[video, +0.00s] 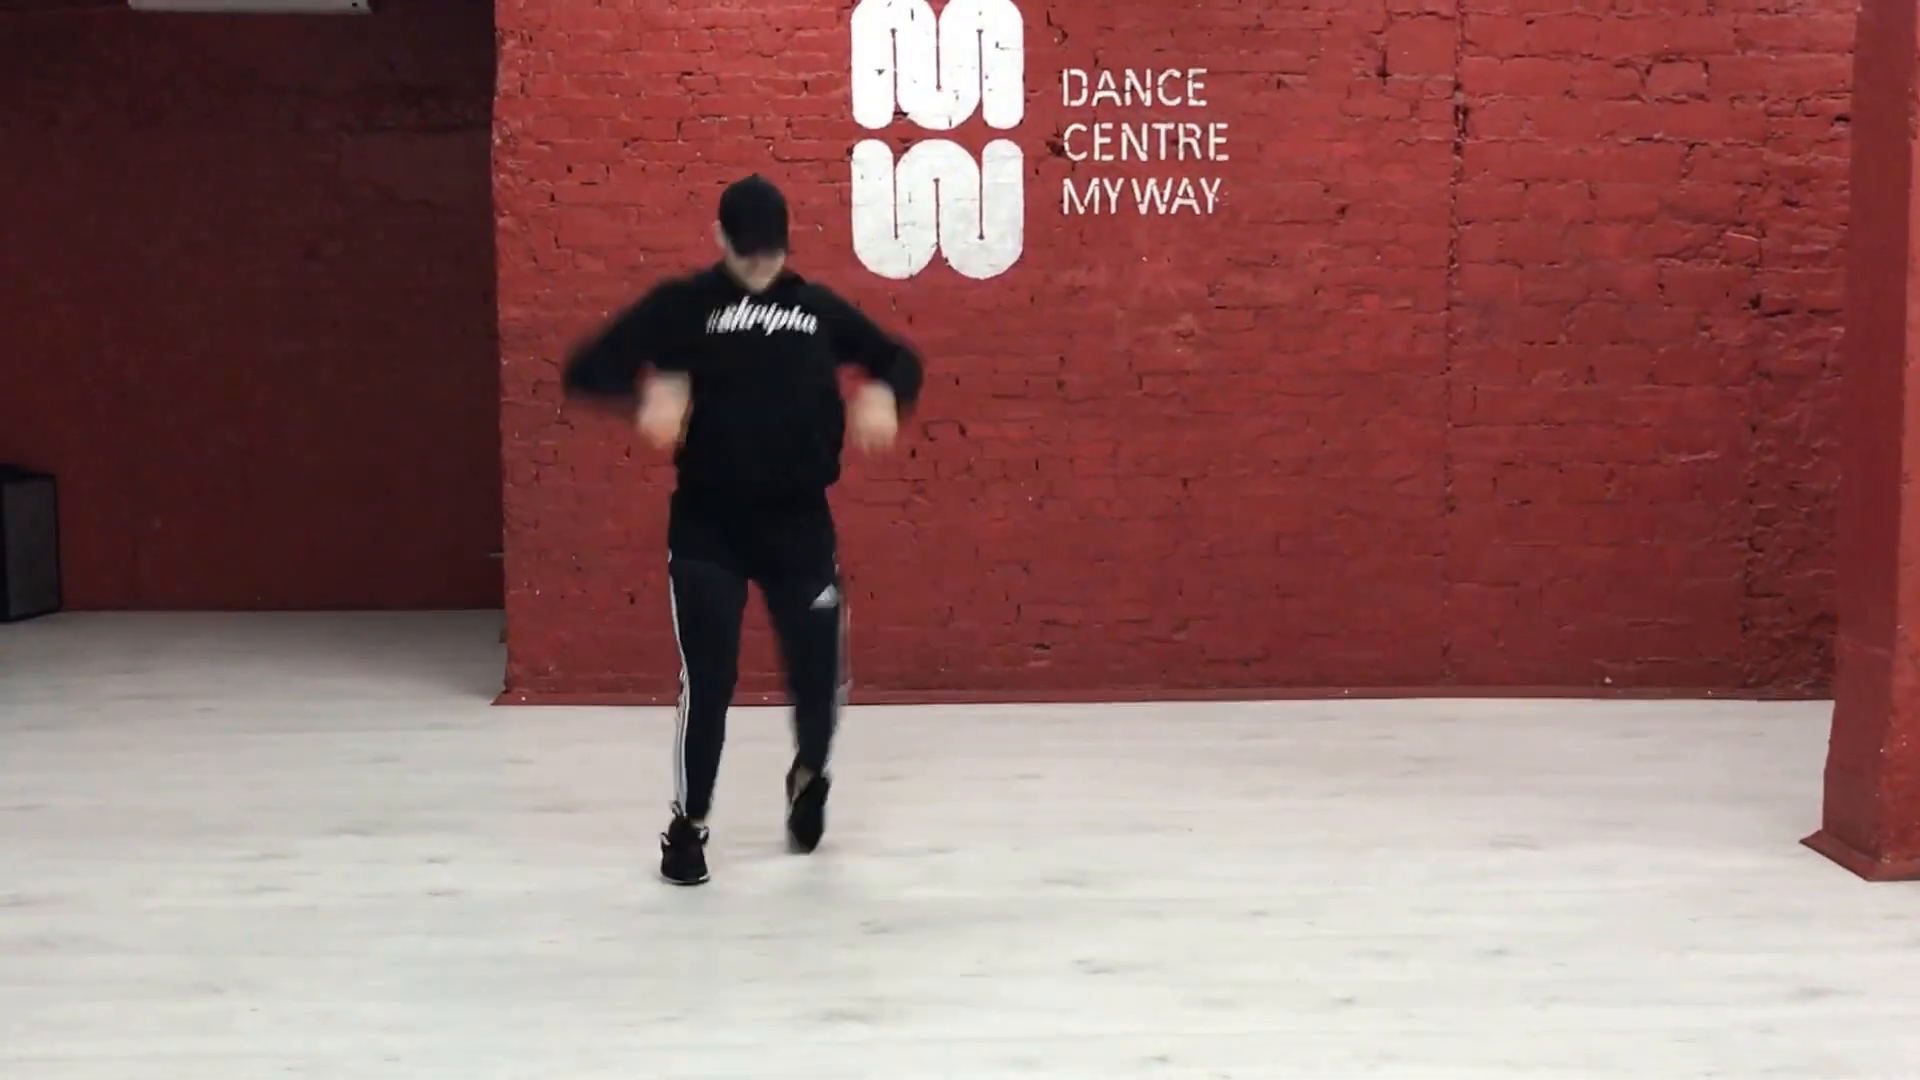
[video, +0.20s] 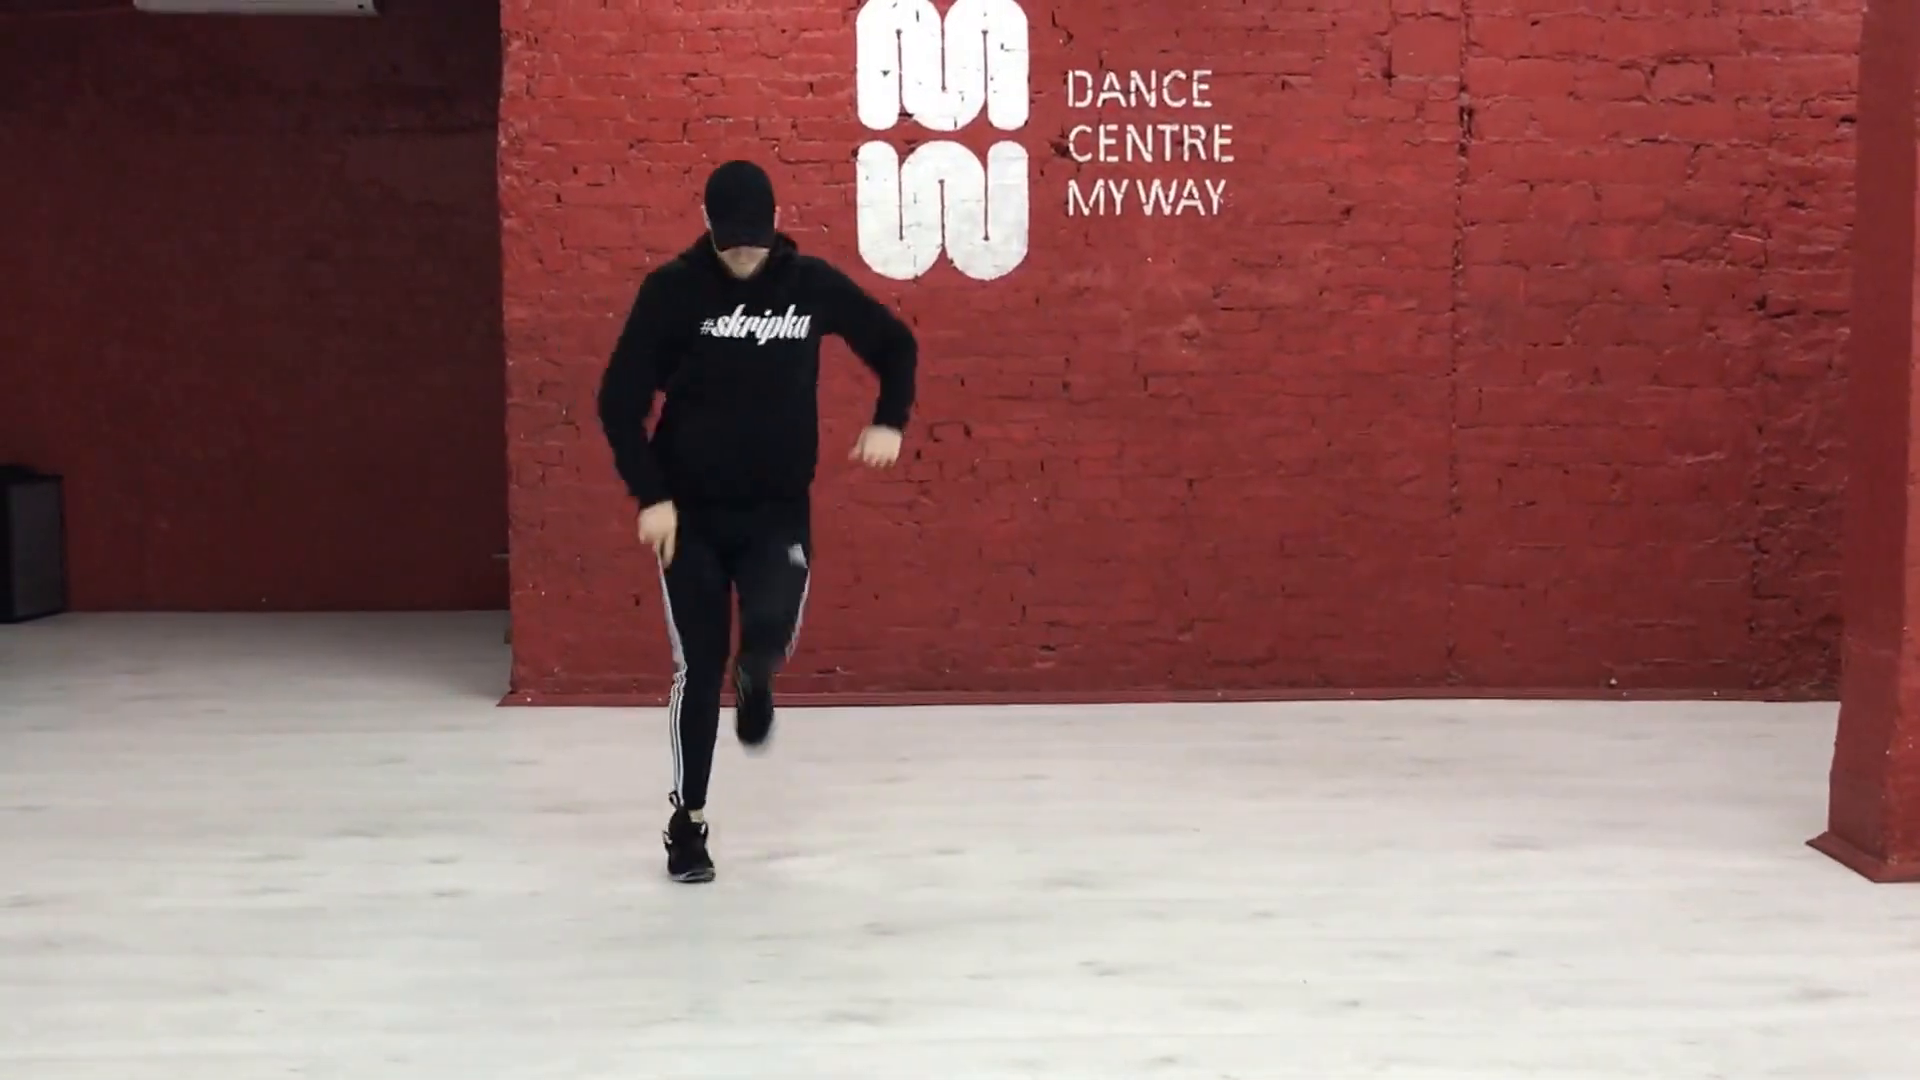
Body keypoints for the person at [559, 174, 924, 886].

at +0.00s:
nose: (759, 267)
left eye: (771, 254)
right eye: (746, 254)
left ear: (788, 246)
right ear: (722, 240)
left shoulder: (817, 307)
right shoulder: (682, 305)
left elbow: (901, 362)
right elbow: (587, 371)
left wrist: (886, 396)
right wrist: (643, 390)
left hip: (797, 520)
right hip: (708, 520)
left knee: (817, 673)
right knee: (708, 681)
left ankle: (810, 779)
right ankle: (688, 826)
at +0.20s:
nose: (742, 257)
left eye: (753, 244)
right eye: (729, 244)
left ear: (772, 229)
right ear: (708, 230)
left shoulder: (810, 283)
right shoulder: (672, 289)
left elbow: (897, 343)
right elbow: (618, 401)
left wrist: (889, 421)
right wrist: (651, 495)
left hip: (778, 501)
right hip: (692, 502)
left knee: (773, 629)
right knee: (700, 666)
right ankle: (688, 819)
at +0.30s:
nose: (749, 265)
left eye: (760, 253)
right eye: (736, 253)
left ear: (779, 240)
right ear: (717, 239)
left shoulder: (812, 281)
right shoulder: (677, 292)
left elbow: (890, 312)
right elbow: (572, 350)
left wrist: (900, 386)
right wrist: (644, 419)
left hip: (778, 484)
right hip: (693, 487)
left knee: (749, 598)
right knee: (705, 638)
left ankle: (757, 738)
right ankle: (688, 788)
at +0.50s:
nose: (770, 285)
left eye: (782, 273)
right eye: (758, 272)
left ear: (801, 261)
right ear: (740, 257)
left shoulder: (828, 305)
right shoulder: (710, 290)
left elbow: (899, 404)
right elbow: (633, 348)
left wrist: (864, 350)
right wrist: (734, 337)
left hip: (786, 512)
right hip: (694, 509)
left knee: (818, 626)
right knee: (654, 644)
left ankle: (789, 783)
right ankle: (678, 799)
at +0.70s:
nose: (785, 293)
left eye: (796, 280)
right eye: (773, 280)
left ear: (816, 266)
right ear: (755, 268)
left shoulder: (847, 315)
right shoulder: (719, 312)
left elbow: (901, 367)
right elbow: (607, 361)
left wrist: (936, 359)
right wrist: (645, 331)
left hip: (801, 529)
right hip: (715, 526)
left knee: (854, 669)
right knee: (682, 685)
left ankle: (813, 827)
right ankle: (563, 812)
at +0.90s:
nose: (771, 241)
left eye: (782, 225)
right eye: (755, 230)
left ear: (802, 231)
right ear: (736, 239)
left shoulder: (812, 303)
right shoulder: (723, 295)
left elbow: (847, 355)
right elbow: (779, 330)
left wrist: (903, 380)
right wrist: (869, 348)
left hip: (793, 518)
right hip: (713, 520)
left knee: (873, 640)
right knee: (760, 667)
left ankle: (829, 810)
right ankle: (699, 842)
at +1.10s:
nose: (724, 241)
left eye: (732, 225)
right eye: (708, 230)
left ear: (746, 224)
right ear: (680, 234)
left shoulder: (777, 293)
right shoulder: (673, 316)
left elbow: (840, 352)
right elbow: (692, 428)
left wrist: (890, 347)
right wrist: (778, 460)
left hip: (797, 498)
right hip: (746, 511)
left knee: (834, 648)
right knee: (877, 590)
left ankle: (768, 824)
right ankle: (811, 765)